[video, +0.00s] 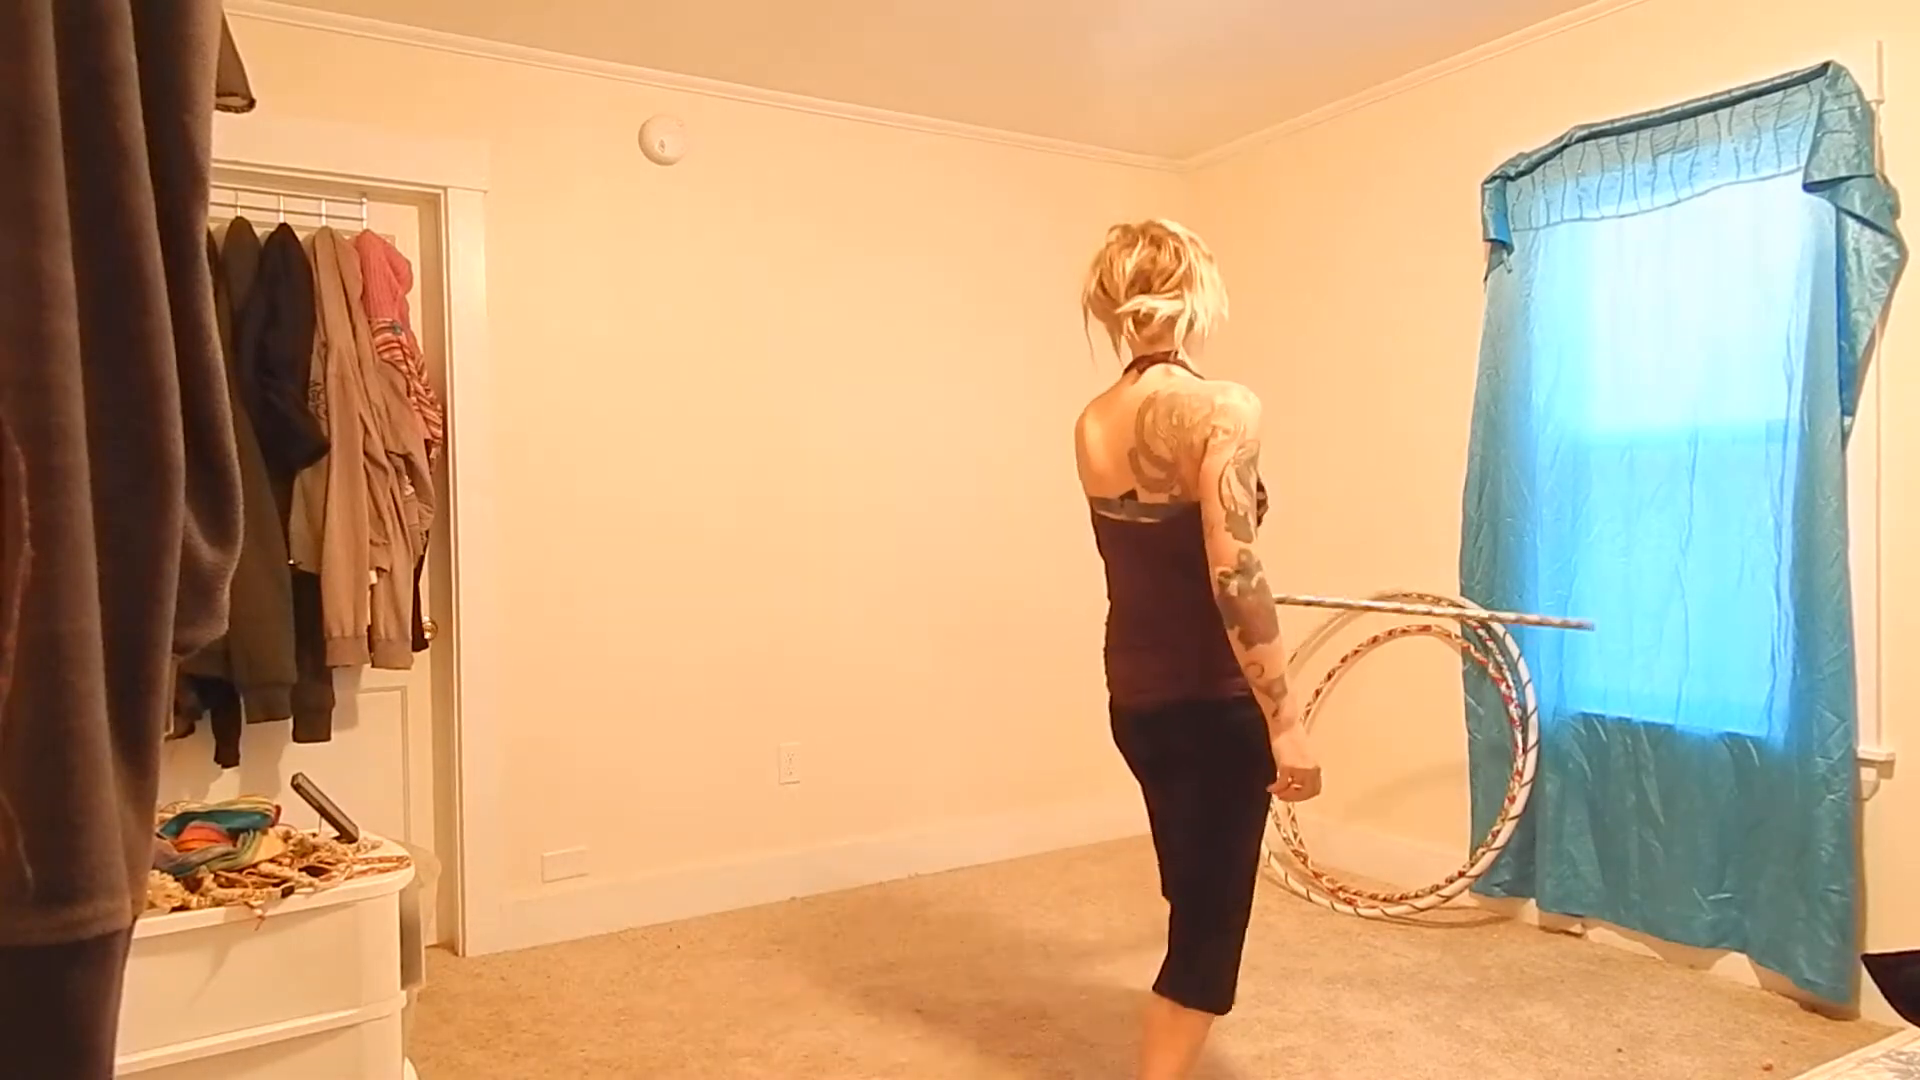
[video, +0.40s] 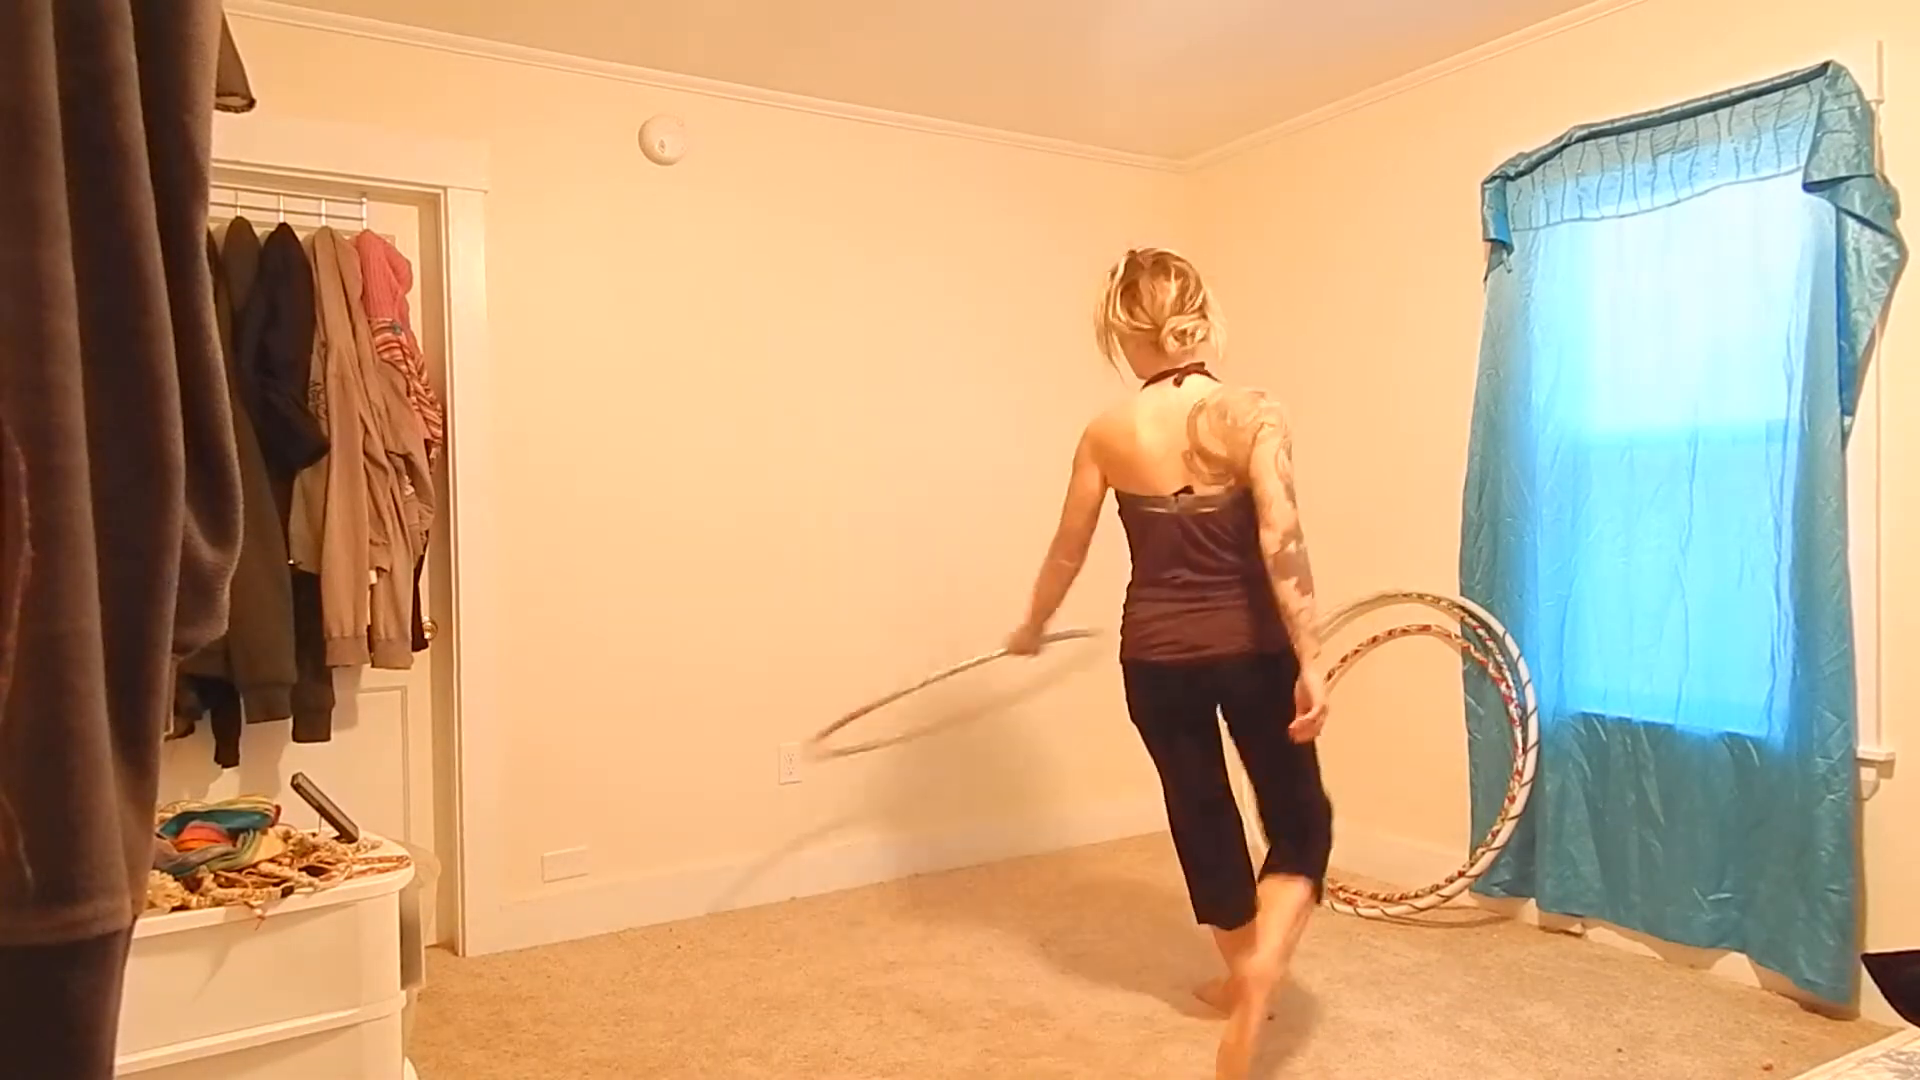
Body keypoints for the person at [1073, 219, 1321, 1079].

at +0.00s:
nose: (1199, 305)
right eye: (1198, 290)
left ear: (1111, 308)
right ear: (1196, 298)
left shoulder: (1094, 422)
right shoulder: (1215, 409)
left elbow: (1131, 574)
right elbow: (1232, 573)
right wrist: (1285, 718)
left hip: (1137, 700)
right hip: (1214, 697)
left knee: (1193, 915)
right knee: (1207, 933)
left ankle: (1180, 1059)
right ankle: (1155, 1070)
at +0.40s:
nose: (1134, 345)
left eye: (1123, 333)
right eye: (1195, 316)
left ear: (1125, 336)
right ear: (1202, 322)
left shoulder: (1109, 430)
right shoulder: (1251, 413)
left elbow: (1068, 550)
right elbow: (1280, 545)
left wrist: (1032, 624)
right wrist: (1309, 659)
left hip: (1156, 661)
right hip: (1251, 651)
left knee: (1202, 815)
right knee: (1300, 821)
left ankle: (1243, 984)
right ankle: (1265, 961)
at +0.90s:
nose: (1082, 359)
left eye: (1084, 342)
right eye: (1081, 343)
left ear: (1114, 334)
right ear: (1155, 326)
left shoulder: (1136, 416)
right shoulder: (1208, 396)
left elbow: (1218, 513)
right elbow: (1307, 466)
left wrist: (1267, 619)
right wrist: (1331, 558)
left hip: (1187, 646)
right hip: (1219, 635)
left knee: (1217, 809)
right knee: (1101, 694)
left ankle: (1244, 982)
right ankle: (1182, 826)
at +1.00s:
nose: (1067, 367)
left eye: (1069, 349)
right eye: (1064, 350)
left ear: (1101, 340)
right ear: (1131, 332)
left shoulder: (1143, 410)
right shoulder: (1180, 395)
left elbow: (1258, 489)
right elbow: (1294, 456)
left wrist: (1295, 594)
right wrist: (1342, 542)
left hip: (1189, 646)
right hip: (1200, 639)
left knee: (1215, 812)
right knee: (1063, 739)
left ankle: (1245, 981)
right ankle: (1110, 889)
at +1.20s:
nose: (1029, 375)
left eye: (1031, 358)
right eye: (1027, 360)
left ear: (1065, 346)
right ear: (1074, 343)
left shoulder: (1142, 405)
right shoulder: (1107, 416)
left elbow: (1257, 480)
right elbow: (1166, 501)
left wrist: (1220, 561)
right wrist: (1167, 568)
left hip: (1189, 657)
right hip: (1126, 652)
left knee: (1191, 816)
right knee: (1080, 806)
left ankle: (1247, 963)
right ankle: (1071, 984)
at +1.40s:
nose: (1001, 383)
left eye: (1004, 365)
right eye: (999, 367)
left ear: (1041, 354)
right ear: (1052, 356)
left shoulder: (1136, 413)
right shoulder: (1052, 451)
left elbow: (1237, 513)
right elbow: (1028, 543)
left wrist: (1201, 615)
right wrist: (972, 617)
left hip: (1161, 671)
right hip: (1074, 670)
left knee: (1143, 858)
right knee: (1050, 846)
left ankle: (1193, 921)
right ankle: (1081, 1015)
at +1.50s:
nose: (999, 380)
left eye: (1007, 363)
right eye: (999, 364)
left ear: (1051, 357)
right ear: (1038, 361)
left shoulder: (1141, 431)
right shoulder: (1033, 456)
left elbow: (1229, 546)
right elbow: (939, 518)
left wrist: (1211, 668)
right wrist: (907, 593)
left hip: (1146, 683)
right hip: (1054, 681)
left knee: (1141, 873)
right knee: (1034, 857)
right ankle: (1079, 1025)